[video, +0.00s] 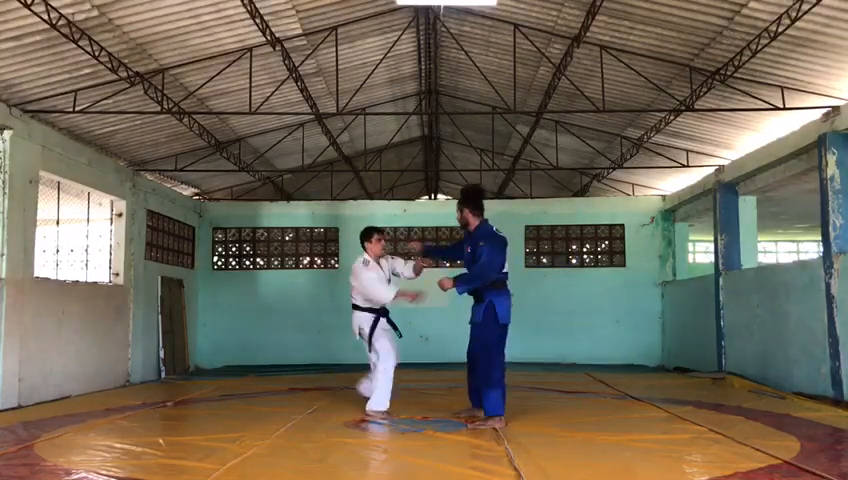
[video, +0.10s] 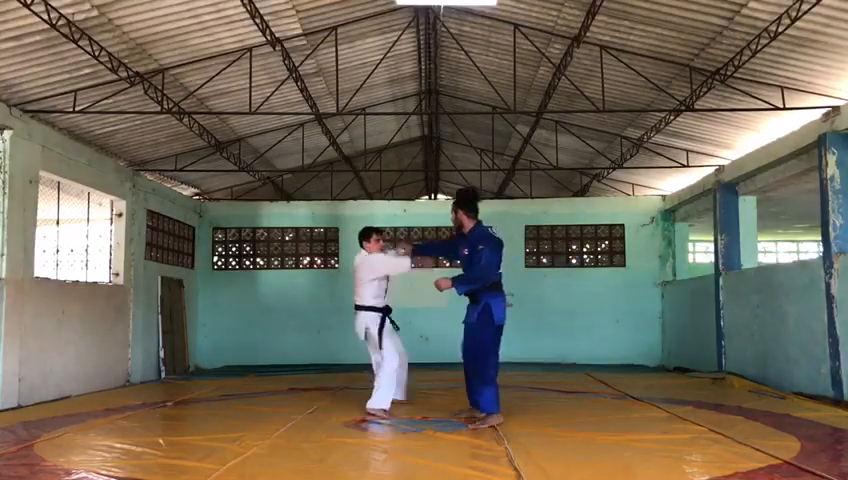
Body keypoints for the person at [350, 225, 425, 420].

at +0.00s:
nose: (383, 244)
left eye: (384, 240)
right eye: (379, 240)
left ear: (381, 243)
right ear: (367, 244)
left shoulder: (385, 261)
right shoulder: (361, 267)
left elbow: (406, 270)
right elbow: (376, 292)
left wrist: (418, 265)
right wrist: (404, 295)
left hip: (379, 316)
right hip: (365, 317)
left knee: (387, 355)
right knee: (387, 355)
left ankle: (368, 386)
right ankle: (377, 407)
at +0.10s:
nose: (381, 244)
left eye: (381, 240)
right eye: (377, 241)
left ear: (374, 243)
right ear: (366, 244)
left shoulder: (372, 258)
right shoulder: (368, 261)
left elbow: (388, 257)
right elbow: (399, 263)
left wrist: (401, 252)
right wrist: (420, 261)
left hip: (377, 315)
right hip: (370, 317)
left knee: (398, 355)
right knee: (390, 357)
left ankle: (394, 394)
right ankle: (377, 405)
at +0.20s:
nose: (383, 241)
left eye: (383, 238)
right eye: (380, 238)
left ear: (368, 240)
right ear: (370, 239)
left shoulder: (368, 255)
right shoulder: (367, 254)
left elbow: (395, 251)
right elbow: (397, 247)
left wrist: (406, 244)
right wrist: (408, 241)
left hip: (376, 312)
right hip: (374, 313)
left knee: (387, 355)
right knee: (392, 356)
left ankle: (392, 393)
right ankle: (379, 401)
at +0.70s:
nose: (379, 239)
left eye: (379, 235)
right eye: (375, 236)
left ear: (377, 238)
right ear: (363, 238)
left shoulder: (377, 257)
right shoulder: (359, 254)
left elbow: (395, 275)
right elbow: (373, 264)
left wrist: (398, 259)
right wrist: (388, 252)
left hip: (377, 309)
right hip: (364, 309)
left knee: (391, 350)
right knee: (383, 351)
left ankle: (389, 392)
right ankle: (363, 397)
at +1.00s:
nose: (368, 226)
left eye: (368, 222)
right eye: (364, 222)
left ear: (360, 224)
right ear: (352, 224)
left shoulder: (367, 246)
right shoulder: (345, 247)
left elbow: (385, 270)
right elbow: (349, 274)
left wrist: (407, 276)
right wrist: (371, 267)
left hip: (365, 301)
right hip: (351, 302)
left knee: (369, 349)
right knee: (362, 351)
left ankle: (362, 395)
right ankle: (350, 401)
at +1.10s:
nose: (364, 220)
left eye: (364, 216)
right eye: (360, 216)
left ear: (361, 218)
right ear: (348, 219)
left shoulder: (364, 240)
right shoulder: (338, 242)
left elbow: (374, 266)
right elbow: (338, 272)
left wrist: (389, 274)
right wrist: (365, 266)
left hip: (359, 297)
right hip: (346, 298)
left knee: (351, 347)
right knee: (355, 348)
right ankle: (343, 396)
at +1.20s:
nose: (361, 225)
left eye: (361, 221)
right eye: (357, 221)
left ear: (355, 224)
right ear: (344, 224)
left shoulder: (357, 247)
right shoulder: (334, 247)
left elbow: (358, 275)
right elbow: (332, 278)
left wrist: (372, 282)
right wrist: (359, 275)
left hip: (355, 304)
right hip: (342, 304)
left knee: (341, 352)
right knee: (350, 353)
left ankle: (311, 385)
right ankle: (334, 402)